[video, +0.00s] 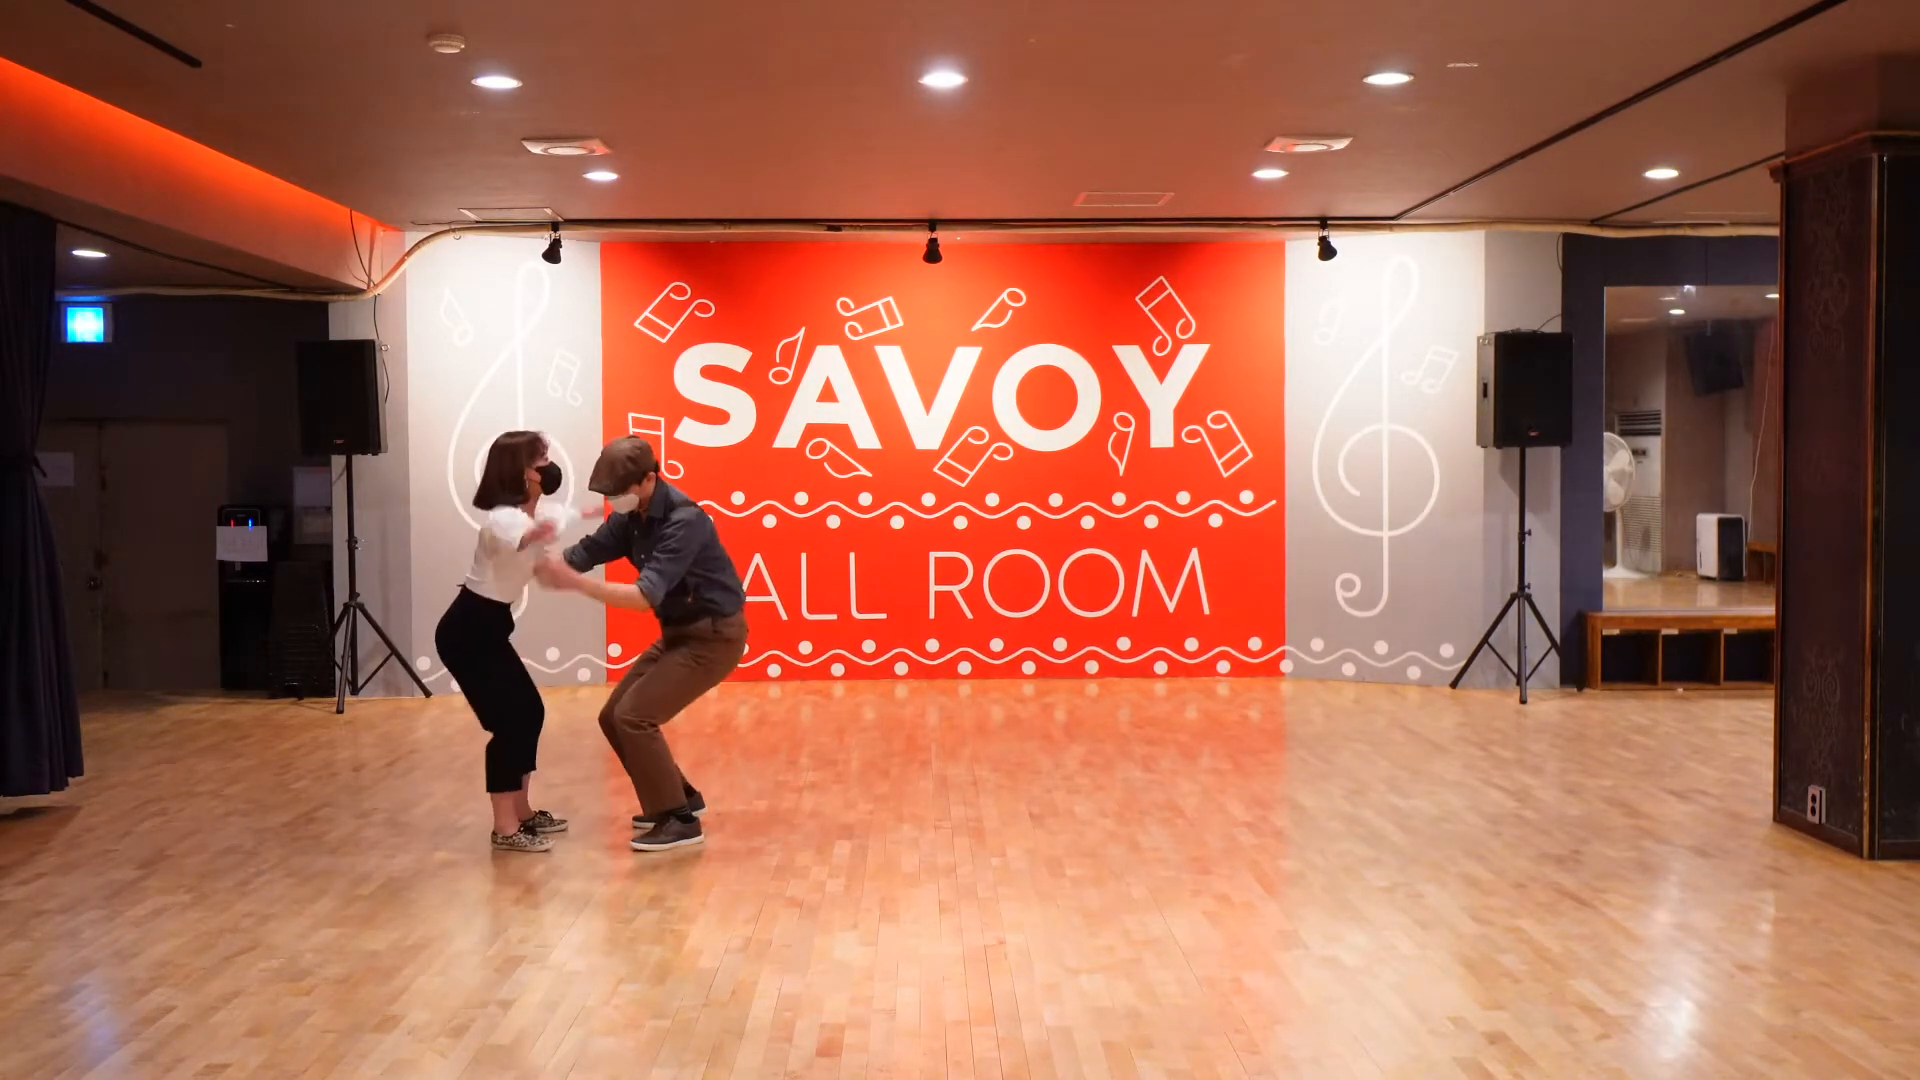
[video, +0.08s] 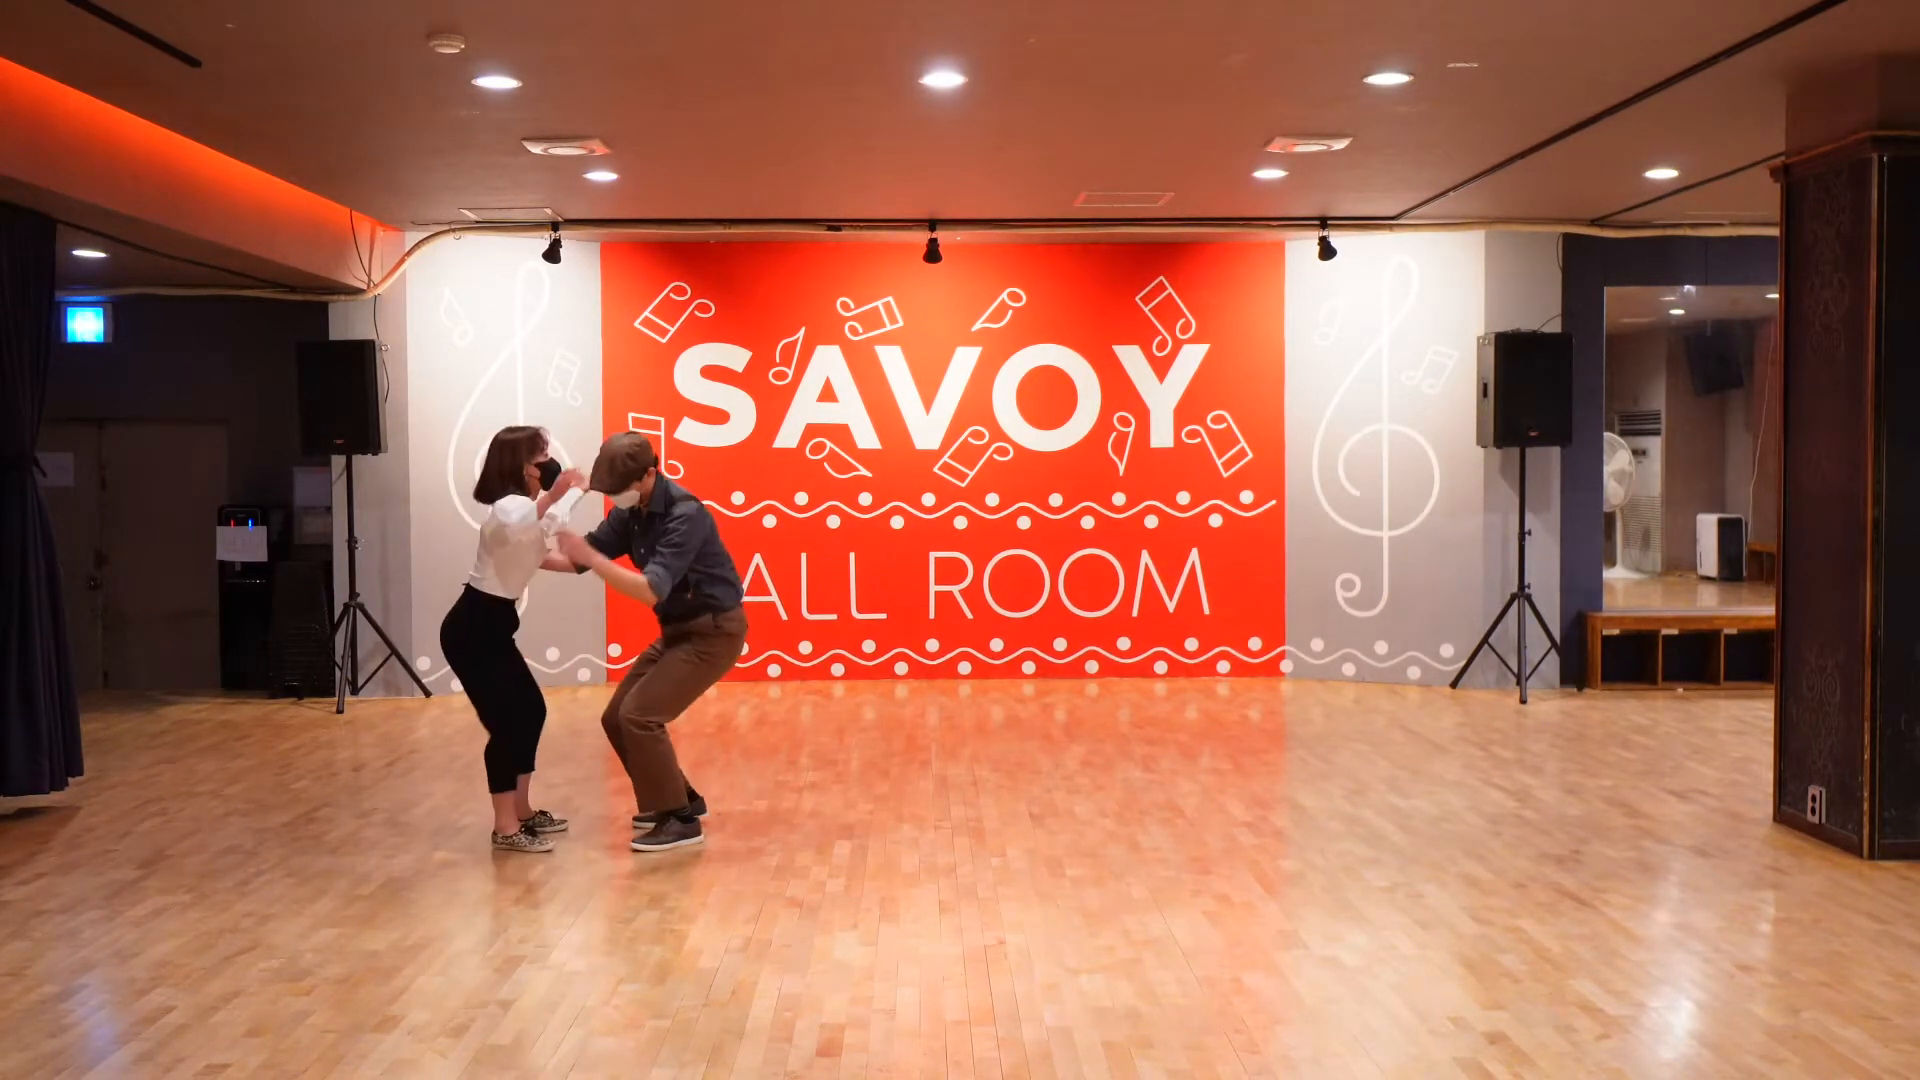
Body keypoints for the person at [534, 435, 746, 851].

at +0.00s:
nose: (609, 502)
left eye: (615, 494)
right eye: (606, 494)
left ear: (643, 483)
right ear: (639, 482)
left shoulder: (685, 520)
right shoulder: (631, 516)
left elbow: (644, 597)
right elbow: (580, 558)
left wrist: (572, 580)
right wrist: (539, 554)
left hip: (714, 639)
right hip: (678, 636)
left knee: (631, 717)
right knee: (613, 718)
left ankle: (677, 820)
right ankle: (679, 798)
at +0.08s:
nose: (612, 502)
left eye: (617, 493)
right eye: (608, 494)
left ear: (645, 480)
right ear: (634, 480)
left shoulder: (687, 515)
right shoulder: (631, 510)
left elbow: (650, 591)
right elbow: (586, 559)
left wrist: (589, 555)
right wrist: (533, 553)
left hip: (715, 633)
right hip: (678, 634)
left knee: (637, 716)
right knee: (616, 719)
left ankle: (678, 819)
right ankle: (679, 799)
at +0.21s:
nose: (606, 485)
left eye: (612, 478)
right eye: (602, 477)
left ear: (640, 468)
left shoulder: (682, 489)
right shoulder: (621, 495)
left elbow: (693, 564)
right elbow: (581, 548)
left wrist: (627, 537)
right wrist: (536, 542)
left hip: (713, 612)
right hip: (672, 614)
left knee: (645, 698)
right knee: (612, 695)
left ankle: (676, 810)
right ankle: (669, 780)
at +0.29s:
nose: (604, 486)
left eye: (611, 478)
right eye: (600, 478)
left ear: (639, 464)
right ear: (598, 469)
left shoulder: (681, 486)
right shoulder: (614, 496)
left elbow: (722, 553)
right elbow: (586, 547)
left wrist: (651, 546)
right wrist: (576, 537)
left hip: (714, 604)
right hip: (669, 606)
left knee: (639, 680)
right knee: (613, 686)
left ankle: (654, 794)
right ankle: (663, 773)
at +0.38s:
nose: (606, 487)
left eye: (612, 478)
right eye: (601, 479)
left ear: (640, 468)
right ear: (598, 473)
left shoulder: (684, 497)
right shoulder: (611, 503)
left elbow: (740, 560)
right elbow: (596, 549)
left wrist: (674, 580)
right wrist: (572, 565)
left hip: (707, 613)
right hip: (660, 615)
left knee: (648, 695)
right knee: (623, 707)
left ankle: (626, 821)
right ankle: (667, 805)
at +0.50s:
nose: (609, 481)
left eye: (617, 472)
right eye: (607, 472)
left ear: (647, 468)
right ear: (625, 470)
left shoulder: (689, 513)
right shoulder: (615, 510)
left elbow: (724, 585)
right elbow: (593, 562)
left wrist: (666, 618)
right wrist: (556, 553)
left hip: (706, 622)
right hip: (656, 623)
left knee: (655, 700)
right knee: (625, 714)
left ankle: (646, 817)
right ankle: (665, 805)